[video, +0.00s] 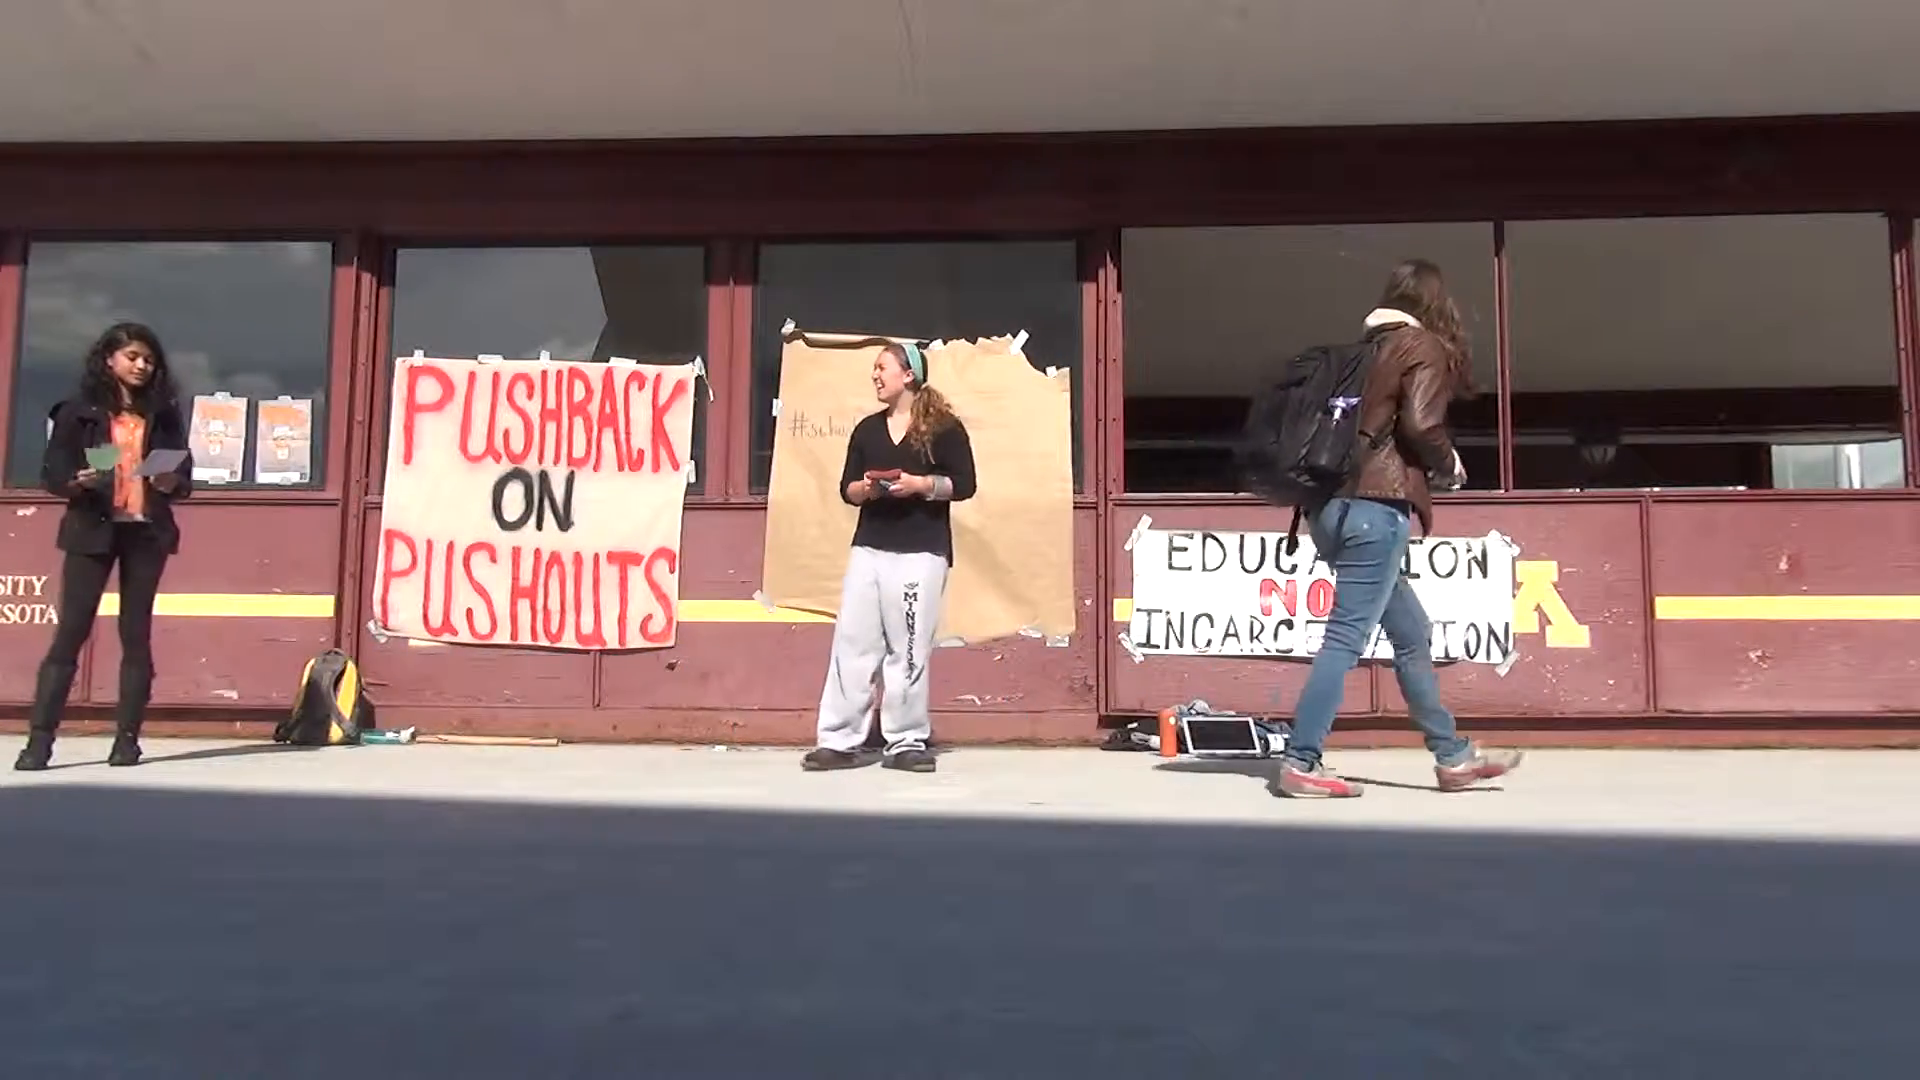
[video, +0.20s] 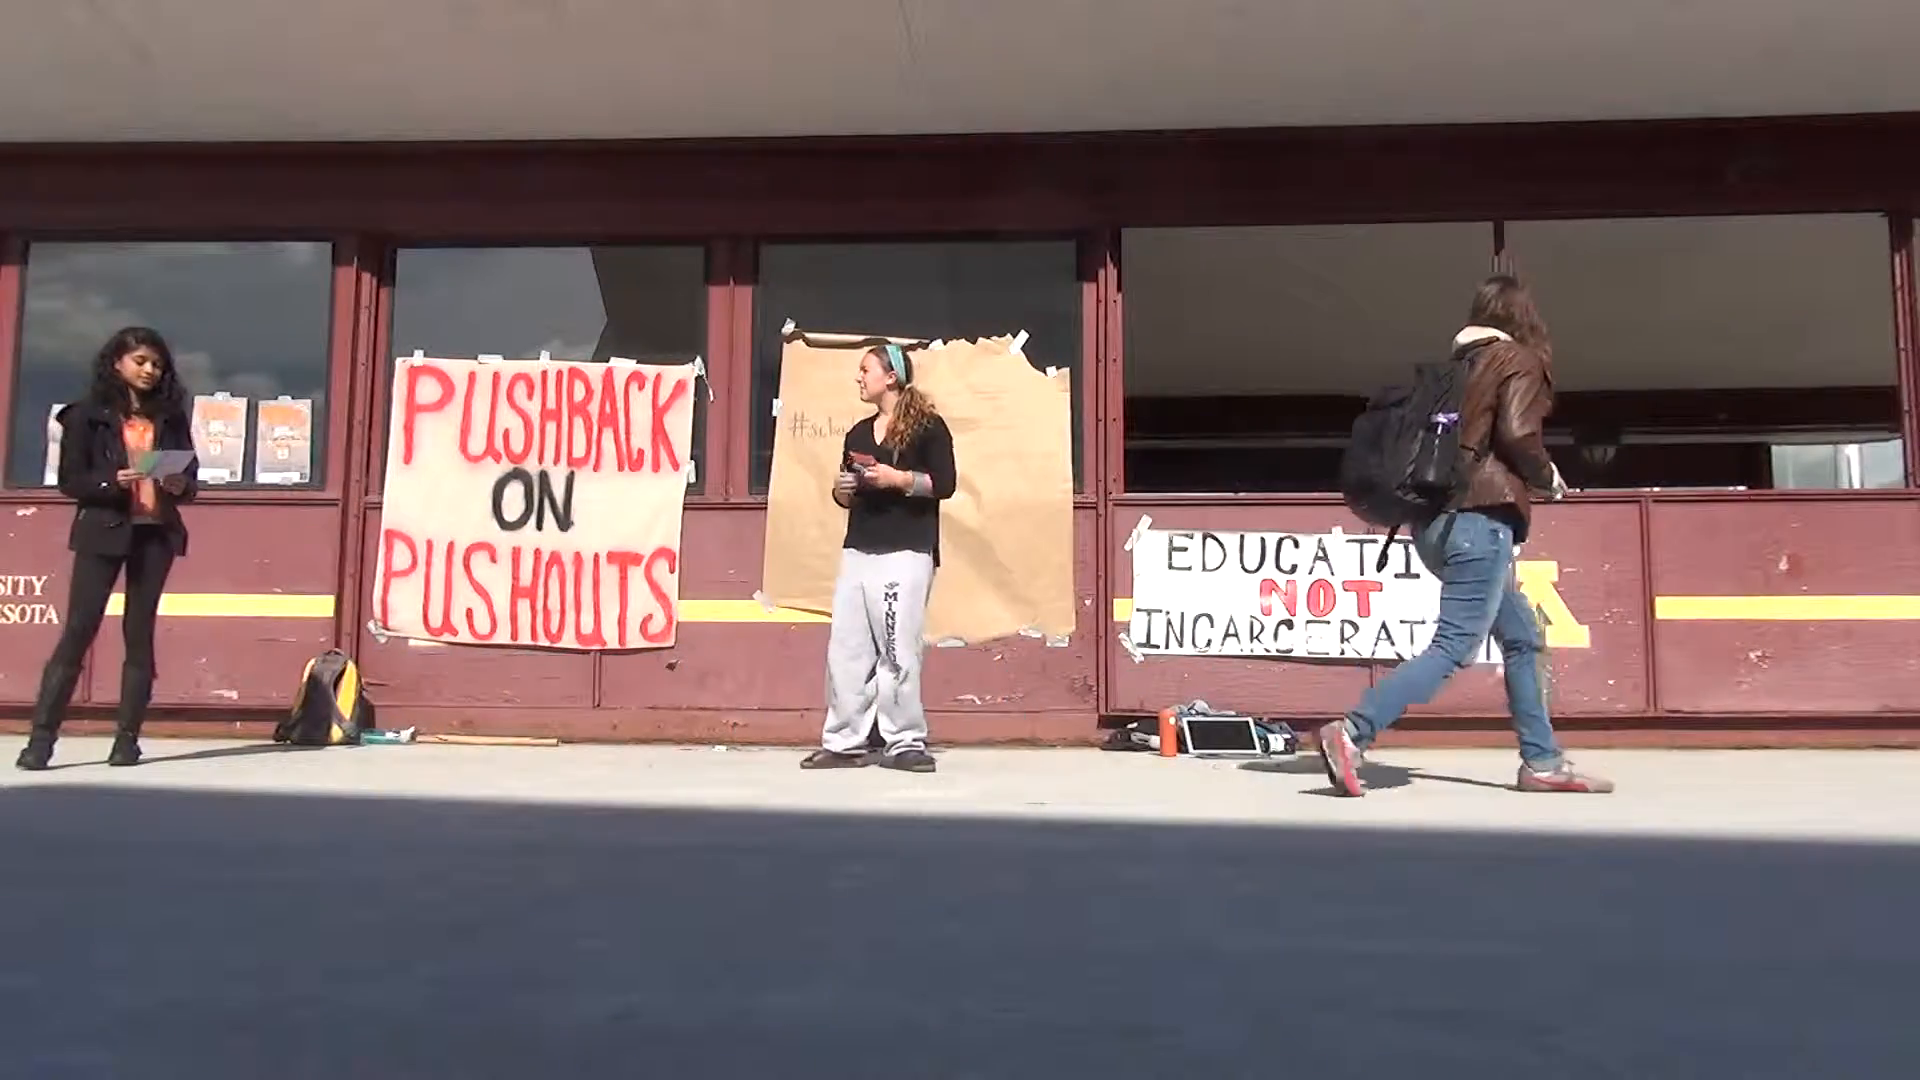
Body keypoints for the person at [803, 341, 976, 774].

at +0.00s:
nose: (875, 375)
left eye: (882, 368)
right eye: (875, 368)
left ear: (909, 374)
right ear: (885, 376)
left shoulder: (944, 427)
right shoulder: (866, 429)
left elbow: (965, 485)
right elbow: (847, 489)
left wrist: (921, 485)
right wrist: (864, 490)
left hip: (920, 551)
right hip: (870, 547)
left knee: (909, 646)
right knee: (853, 642)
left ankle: (907, 741)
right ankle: (841, 741)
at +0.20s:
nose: (858, 378)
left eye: (865, 371)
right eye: (859, 371)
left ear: (891, 376)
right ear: (879, 377)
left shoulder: (929, 427)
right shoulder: (858, 433)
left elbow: (945, 484)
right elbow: (843, 496)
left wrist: (896, 478)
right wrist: (843, 487)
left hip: (906, 550)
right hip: (859, 549)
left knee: (898, 648)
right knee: (849, 646)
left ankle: (906, 741)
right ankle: (847, 741)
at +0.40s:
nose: (840, 378)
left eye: (847, 371)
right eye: (842, 371)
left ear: (872, 377)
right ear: (863, 378)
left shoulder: (905, 426)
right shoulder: (843, 434)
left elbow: (918, 482)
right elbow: (829, 493)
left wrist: (895, 458)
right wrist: (790, 470)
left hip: (881, 555)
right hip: (838, 554)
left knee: (882, 652)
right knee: (836, 652)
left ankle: (903, 743)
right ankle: (845, 743)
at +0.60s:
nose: (825, 378)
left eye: (832, 372)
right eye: (826, 372)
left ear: (856, 378)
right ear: (846, 379)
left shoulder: (884, 428)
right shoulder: (830, 434)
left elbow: (901, 487)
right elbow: (819, 496)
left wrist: (876, 470)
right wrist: (774, 479)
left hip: (859, 554)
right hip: (822, 554)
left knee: (869, 649)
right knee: (827, 652)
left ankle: (904, 742)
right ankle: (845, 743)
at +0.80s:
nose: (816, 377)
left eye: (823, 371)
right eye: (819, 371)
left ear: (845, 378)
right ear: (840, 378)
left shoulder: (868, 429)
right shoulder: (828, 432)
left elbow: (872, 493)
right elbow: (812, 499)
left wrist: (840, 498)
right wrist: (769, 489)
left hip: (847, 552)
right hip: (813, 553)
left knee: (852, 645)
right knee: (821, 651)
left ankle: (898, 735)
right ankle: (843, 742)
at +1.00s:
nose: (805, 379)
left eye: (812, 372)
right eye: (808, 372)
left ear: (834, 378)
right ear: (830, 378)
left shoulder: (855, 430)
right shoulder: (825, 432)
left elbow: (852, 491)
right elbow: (811, 500)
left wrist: (799, 482)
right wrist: (768, 490)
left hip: (836, 551)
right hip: (809, 550)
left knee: (829, 646)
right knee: (813, 651)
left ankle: (869, 738)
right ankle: (835, 741)